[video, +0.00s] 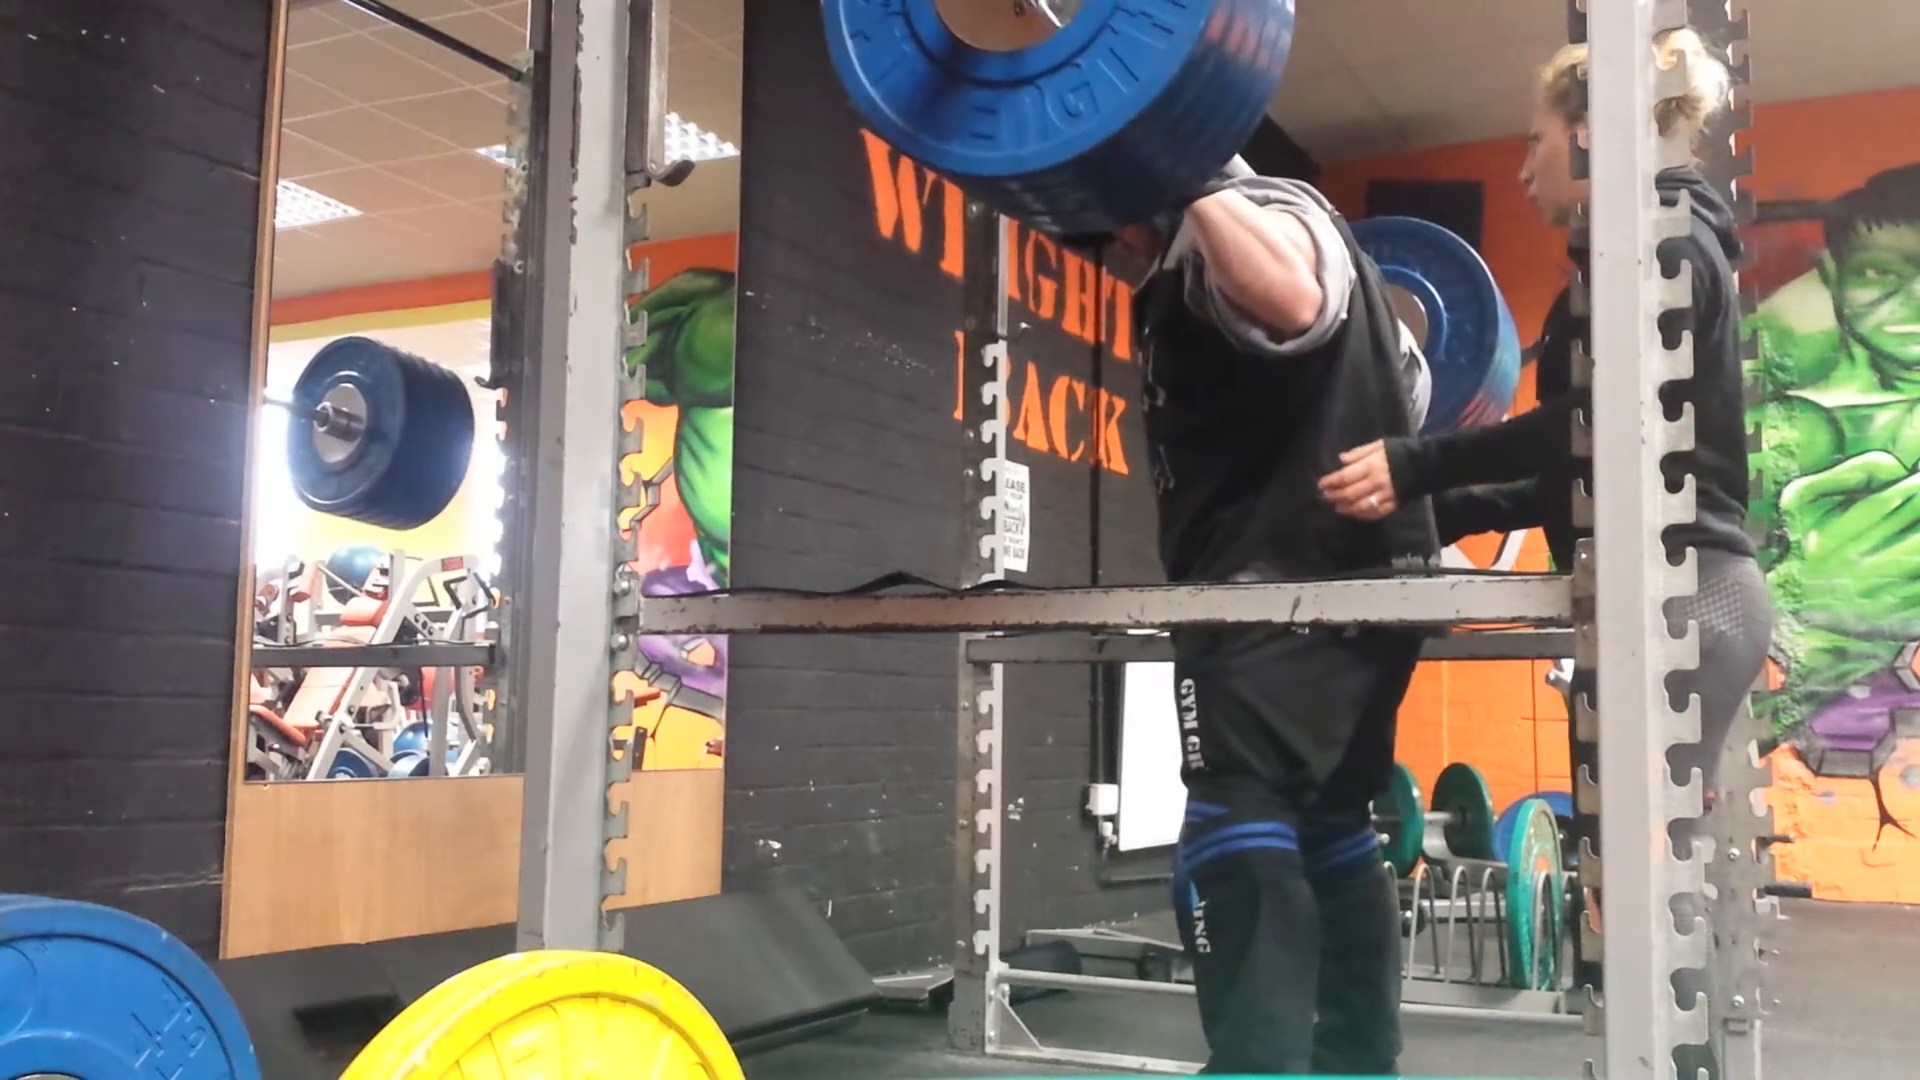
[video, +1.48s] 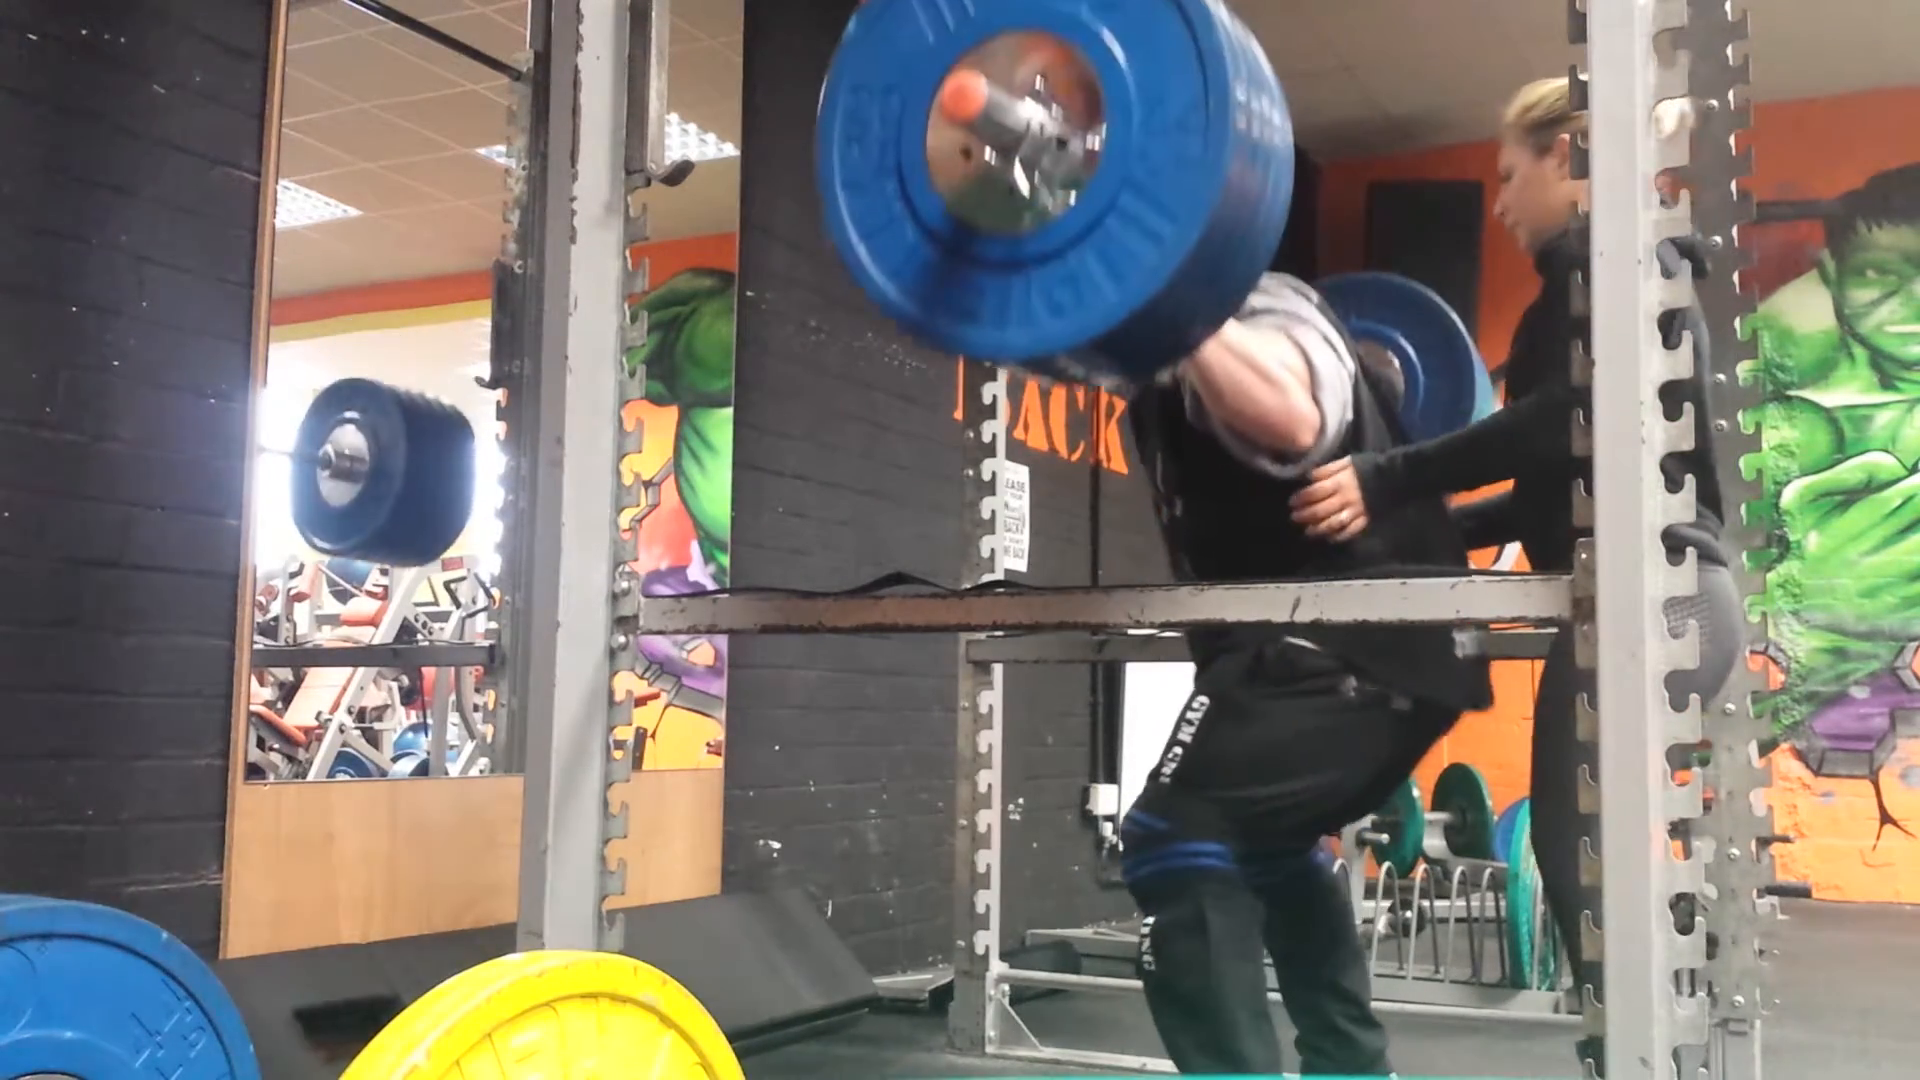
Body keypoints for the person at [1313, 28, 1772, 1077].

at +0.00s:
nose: (1524, 168)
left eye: (1537, 142)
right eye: (1529, 143)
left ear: (1593, 143)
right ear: (1587, 143)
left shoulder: (1647, 244)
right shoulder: (1651, 247)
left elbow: (1596, 428)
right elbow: (1594, 472)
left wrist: (1412, 467)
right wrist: (1448, 515)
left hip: (1678, 585)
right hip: (1692, 585)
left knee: (1637, 849)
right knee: (1652, 849)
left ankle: (1662, 1059)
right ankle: (1673, 1055)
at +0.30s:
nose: (1544, 163)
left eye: (1558, 140)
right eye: (1552, 140)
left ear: (1595, 147)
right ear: (1641, 148)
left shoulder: (1646, 243)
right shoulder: (1663, 251)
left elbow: (1576, 416)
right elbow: (1597, 479)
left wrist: (1405, 453)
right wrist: (1454, 513)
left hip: (1669, 589)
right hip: (1680, 590)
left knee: (1632, 840)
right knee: (1643, 841)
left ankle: (1657, 1057)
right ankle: (1667, 1053)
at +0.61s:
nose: (1551, 167)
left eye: (1565, 148)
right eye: (1560, 147)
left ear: (1598, 157)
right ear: (1640, 159)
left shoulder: (1650, 245)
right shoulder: (1630, 270)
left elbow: (1570, 400)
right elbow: (1569, 490)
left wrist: (1398, 439)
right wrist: (1418, 507)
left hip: (1672, 581)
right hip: (1662, 583)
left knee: (1630, 834)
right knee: (1635, 836)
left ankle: (1652, 1050)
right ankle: (1655, 1047)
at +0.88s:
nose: (1548, 172)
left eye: (1561, 152)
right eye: (1554, 152)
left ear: (1601, 157)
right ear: (1638, 155)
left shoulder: (1646, 243)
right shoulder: (1661, 259)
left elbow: (1580, 400)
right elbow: (1593, 485)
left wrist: (1405, 448)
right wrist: (1441, 508)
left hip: (1673, 582)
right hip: (1690, 583)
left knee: (1627, 843)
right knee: (1641, 844)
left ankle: (1653, 1052)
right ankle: (1665, 1049)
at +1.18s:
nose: (1535, 174)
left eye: (1546, 151)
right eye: (1541, 152)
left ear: (1590, 154)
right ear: (1604, 158)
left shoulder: (1636, 249)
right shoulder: (1609, 277)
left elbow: (1567, 397)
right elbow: (1575, 486)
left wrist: (1386, 435)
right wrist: (1423, 498)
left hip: (1645, 598)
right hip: (1611, 599)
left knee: (1623, 846)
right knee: (1605, 845)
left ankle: (1645, 1051)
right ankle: (1629, 1048)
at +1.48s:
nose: (1500, 204)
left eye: (1510, 177)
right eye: (1500, 181)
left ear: (1568, 159)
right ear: (1560, 165)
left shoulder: (1604, 269)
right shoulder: (1589, 284)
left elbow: (1555, 427)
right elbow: (1562, 483)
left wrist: (1386, 478)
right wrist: (1431, 528)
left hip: (1633, 596)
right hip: (1608, 594)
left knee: (1579, 843)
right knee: (1570, 839)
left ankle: (1634, 1054)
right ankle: (1625, 1051)